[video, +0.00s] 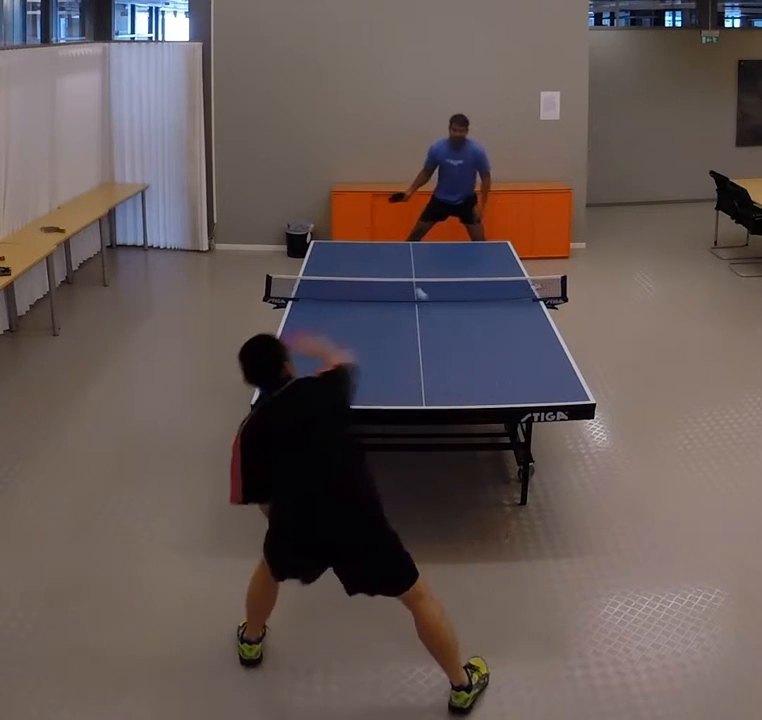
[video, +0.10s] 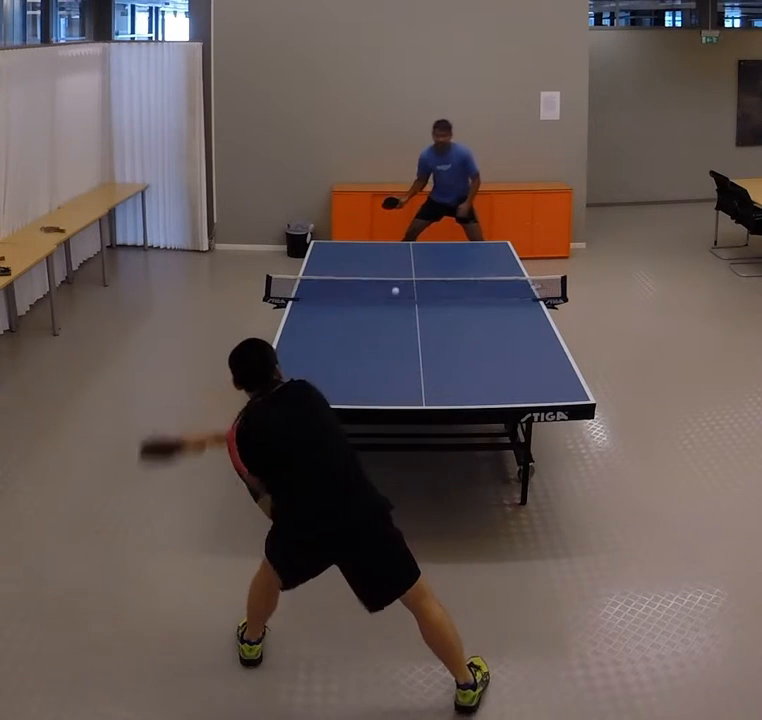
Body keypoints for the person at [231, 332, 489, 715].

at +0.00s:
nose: (290, 359)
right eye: (288, 356)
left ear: (250, 379)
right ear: (288, 363)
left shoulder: (254, 429)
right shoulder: (324, 390)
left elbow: (259, 497)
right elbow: (343, 364)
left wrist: (282, 511)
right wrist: (320, 349)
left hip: (298, 525)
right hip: (357, 519)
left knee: (268, 569)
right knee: (416, 596)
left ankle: (251, 641)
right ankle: (461, 683)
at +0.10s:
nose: (236, 381)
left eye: (236, 376)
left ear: (238, 383)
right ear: (277, 366)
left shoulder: (243, 435)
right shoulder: (307, 394)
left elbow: (264, 495)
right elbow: (260, 422)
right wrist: (198, 443)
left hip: (304, 525)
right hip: (361, 513)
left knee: (270, 574)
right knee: (419, 598)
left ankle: (251, 641)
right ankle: (466, 681)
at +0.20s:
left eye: (233, 364)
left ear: (232, 371)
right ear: (272, 360)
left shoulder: (234, 425)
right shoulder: (301, 391)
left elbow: (250, 485)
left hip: (298, 513)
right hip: (355, 503)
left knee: (269, 567)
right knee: (412, 589)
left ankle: (250, 641)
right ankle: (460, 677)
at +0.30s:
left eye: (241, 351)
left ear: (242, 357)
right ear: (283, 346)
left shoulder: (243, 407)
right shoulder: (324, 386)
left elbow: (254, 484)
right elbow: (359, 449)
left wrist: (277, 502)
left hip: (294, 512)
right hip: (354, 505)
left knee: (269, 569)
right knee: (409, 579)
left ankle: (251, 643)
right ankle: (436, 672)